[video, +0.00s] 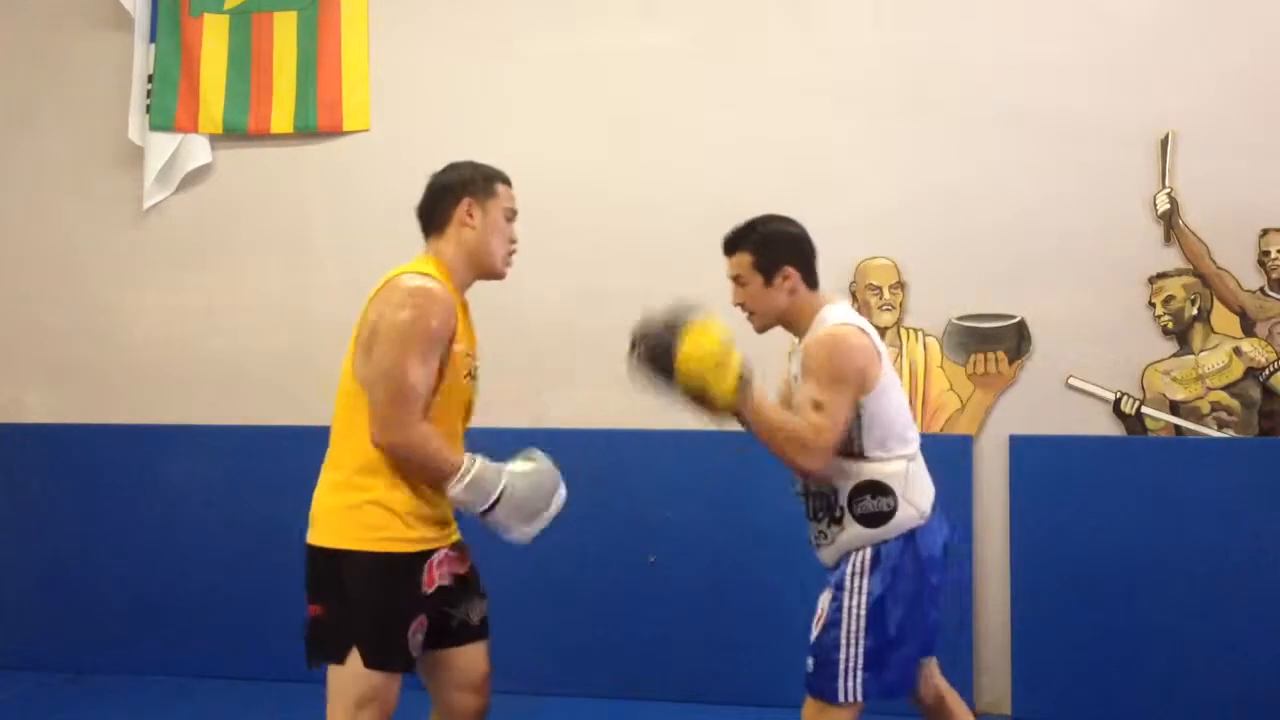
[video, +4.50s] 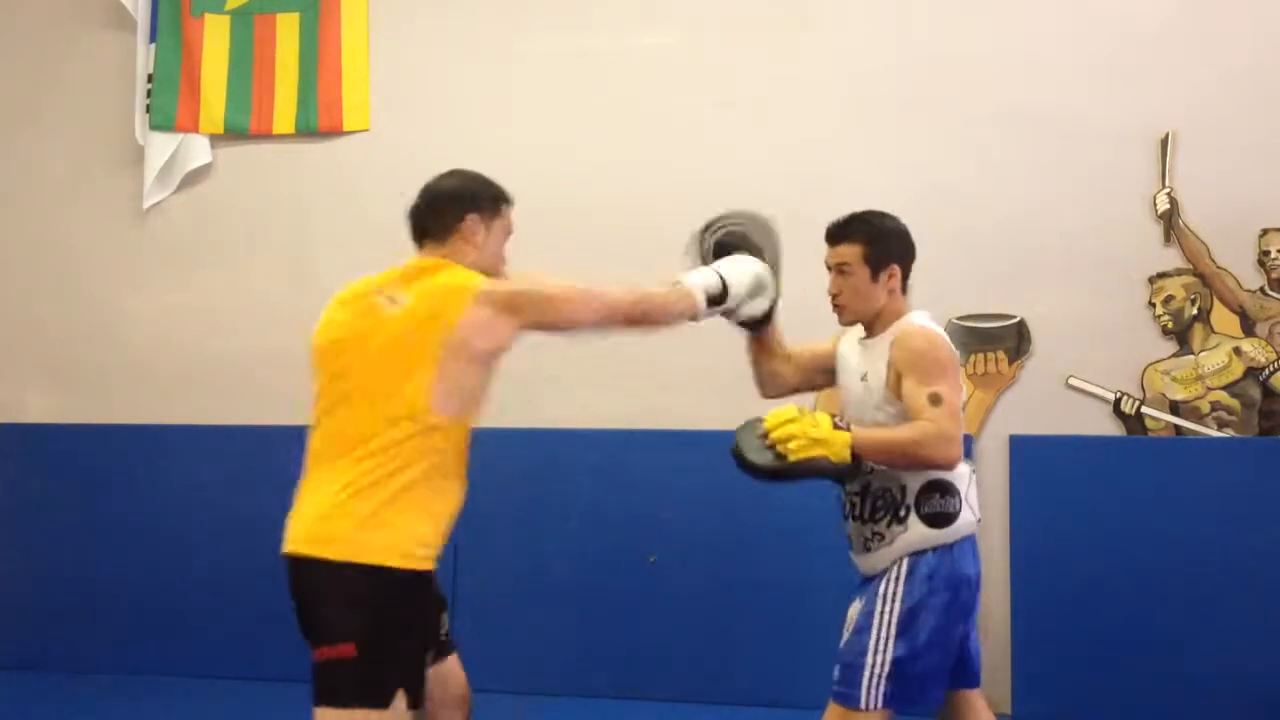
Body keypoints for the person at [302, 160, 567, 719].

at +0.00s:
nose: (516, 236)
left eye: (516, 220)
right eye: (508, 217)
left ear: (468, 218)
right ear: (467, 215)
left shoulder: (447, 303)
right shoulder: (418, 300)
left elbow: (427, 431)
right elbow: (398, 430)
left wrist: (490, 494)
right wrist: (491, 486)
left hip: (427, 533)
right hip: (369, 538)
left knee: (465, 693)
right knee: (362, 704)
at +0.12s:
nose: (519, 233)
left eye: (519, 217)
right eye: (511, 214)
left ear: (473, 216)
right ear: (469, 212)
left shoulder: (464, 309)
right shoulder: (416, 297)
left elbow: (453, 424)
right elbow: (432, 426)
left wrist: (532, 442)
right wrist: (525, 440)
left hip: (437, 527)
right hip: (371, 531)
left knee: (464, 697)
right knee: (356, 705)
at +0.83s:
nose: (494, 231)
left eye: (495, 215)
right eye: (487, 211)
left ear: (448, 211)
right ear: (442, 206)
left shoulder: (449, 306)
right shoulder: (370, 286)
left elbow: (455, 418)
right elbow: (409, 408)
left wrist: (517, 370)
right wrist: (497, 361)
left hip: (426, 532)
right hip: (354, 537)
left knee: (468, 692)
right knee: (340, 705)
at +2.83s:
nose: (494, 264)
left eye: (504, 250)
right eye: (497, 244)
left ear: (457, 222)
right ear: (460, 219)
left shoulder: (445, 303)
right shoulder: (353, 270)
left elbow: (471, 411)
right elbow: (409, 385)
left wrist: (534, 346)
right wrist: (496, 298)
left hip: (415, 539)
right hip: (336, 542)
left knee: (438, 705)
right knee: (329, 709)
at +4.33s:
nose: (484, 278)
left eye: (487, 262)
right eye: (483, 259)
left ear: (442, 248)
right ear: (446, 248)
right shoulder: (383, 306)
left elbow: (437, 410)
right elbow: (433, 411)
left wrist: (482, 348)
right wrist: (498, 352)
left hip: (366, 576)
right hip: (332, 587)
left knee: (451, 691)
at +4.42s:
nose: (491, 261)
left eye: (494, 245)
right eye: (490, 243)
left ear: (435, 233)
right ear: (455, 232)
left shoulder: (343, 297)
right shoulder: (446, 295)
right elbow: (570, 327)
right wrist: (614, 320)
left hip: (307, 558)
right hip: (360, 567)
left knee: (442, 692)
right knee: (350, 711)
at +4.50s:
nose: (507, 256)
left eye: (508, 237)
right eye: (504, 236)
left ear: (435, 233)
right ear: (471, 229)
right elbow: (626, 307)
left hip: (319, 552)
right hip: (377, 564)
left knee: (446, 698)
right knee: (358, 714)